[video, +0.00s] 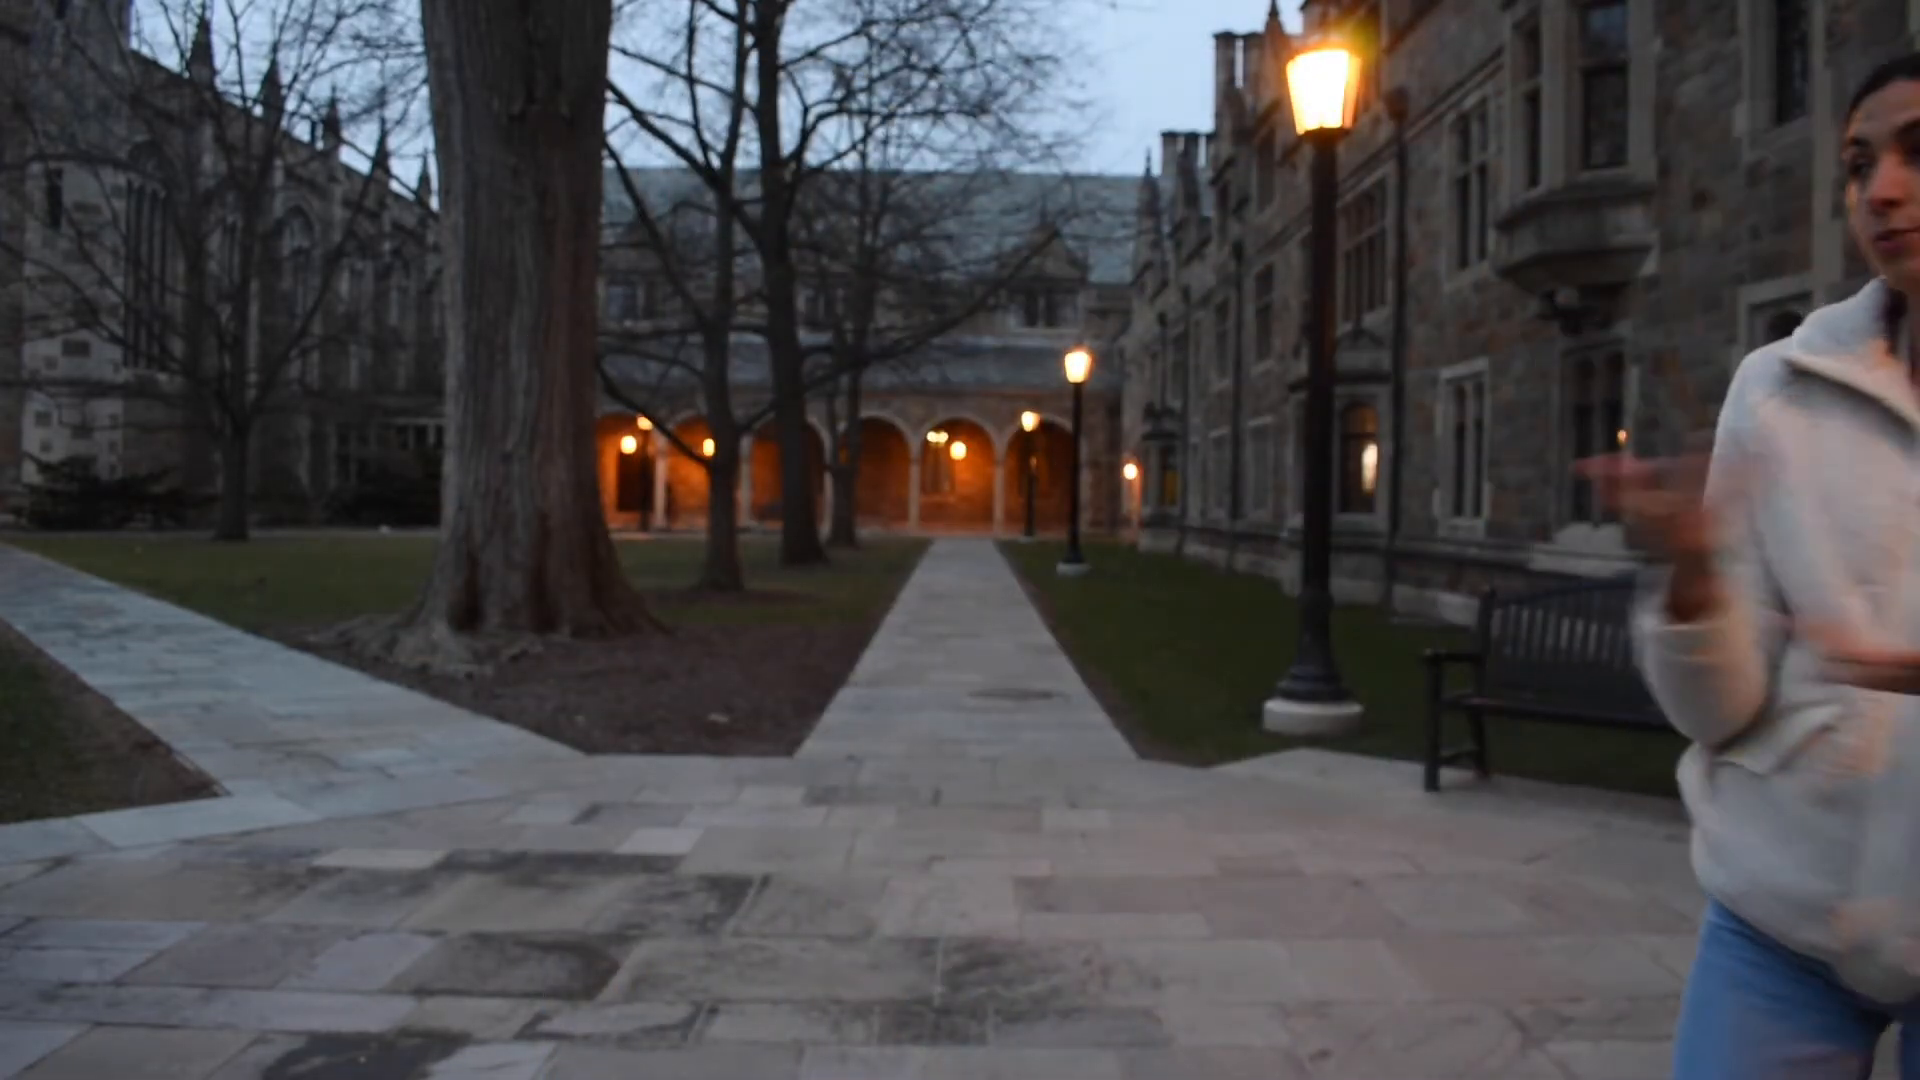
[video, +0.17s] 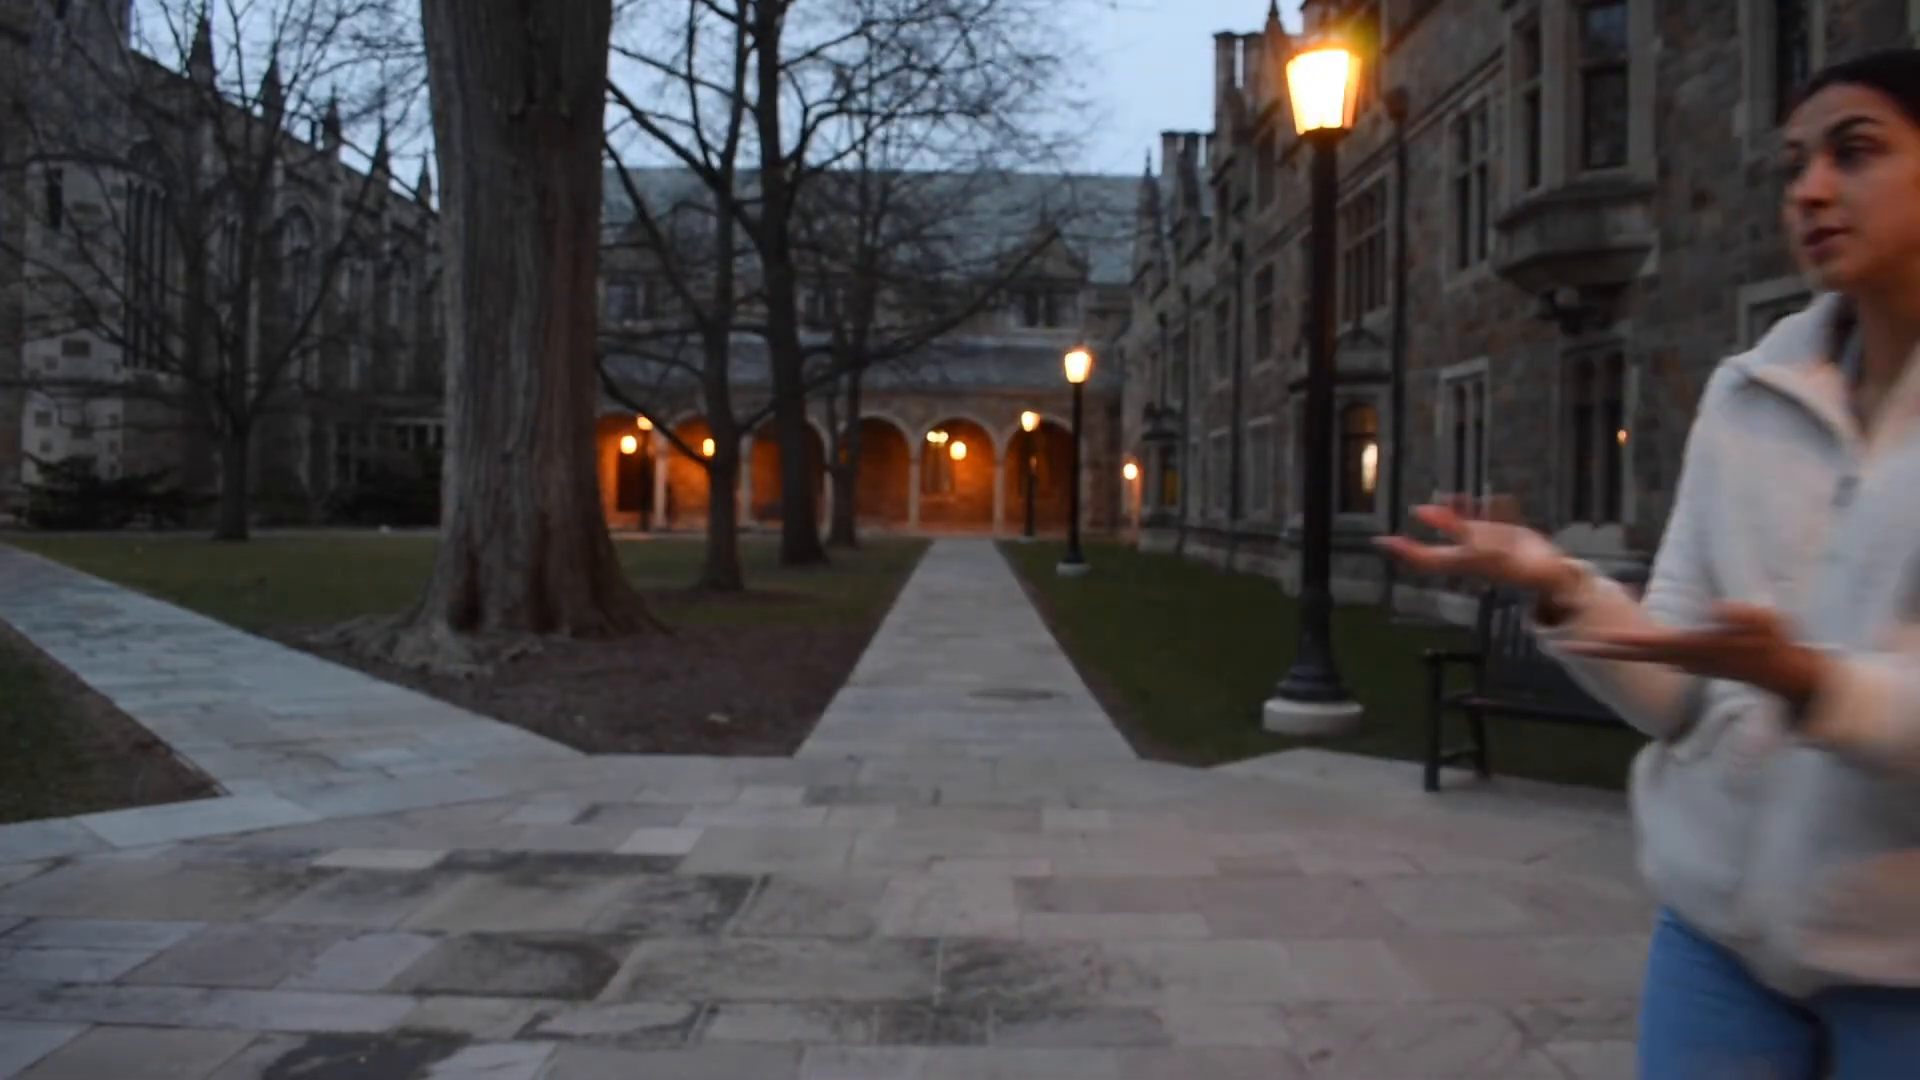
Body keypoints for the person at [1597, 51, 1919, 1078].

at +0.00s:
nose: (1885, 188)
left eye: (1914, 150)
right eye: (1864, 160)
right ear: (1844, 190)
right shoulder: (1782, 387)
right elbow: (1718, 712)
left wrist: (1903, 664)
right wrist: (1690, 569)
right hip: (1785, 925)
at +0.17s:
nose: (1810, 190)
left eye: (1857, 149)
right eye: (1794, 165)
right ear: (1785, 197)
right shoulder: (1751, 392)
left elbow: (1903, 716)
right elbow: (1679, 695)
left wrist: (1805, 680)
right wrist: (1561, 583)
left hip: (1898, 963)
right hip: (1714, 933)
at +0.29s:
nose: (1748, 205)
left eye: (1794, 164)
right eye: (1736, 180)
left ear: (1898, 196)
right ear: (1725, 208)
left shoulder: (1910, 404)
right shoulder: (1703, 404)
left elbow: (1909, 735)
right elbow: (1614, 697)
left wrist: (1684, 675)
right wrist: (1481, 578)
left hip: (1859, 978)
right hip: (1655, 947)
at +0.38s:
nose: (1695, 215)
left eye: (1739, 176)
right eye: (1688, 189)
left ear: (1851, 201)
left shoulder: (1906, 401)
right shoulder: (1669, 412)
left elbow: (1893, 753)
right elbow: (1586, 700)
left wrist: (1613, 676)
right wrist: (1440, 594)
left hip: (1819, 975)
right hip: (1617, 945)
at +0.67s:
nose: (1527, 220)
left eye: (1571, 182)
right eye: (1530, 188)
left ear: (1681, 203)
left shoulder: (1788, 369)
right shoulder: (1546, 406)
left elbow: (1713, 742)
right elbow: (1511, 685)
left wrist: (1421, 688)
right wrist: (1379, 626)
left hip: (1685, 955)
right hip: (1527, 938)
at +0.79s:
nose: (1446, 223)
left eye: (1487, 184)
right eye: (1448, 190)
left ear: (1597, 204)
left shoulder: (1705, 365)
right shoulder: (1485, 405)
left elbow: (1625, 748)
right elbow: (1469, 676)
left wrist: (1329, 701)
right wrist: (1308, 652)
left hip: (1625, 963)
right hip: (1490, 950)